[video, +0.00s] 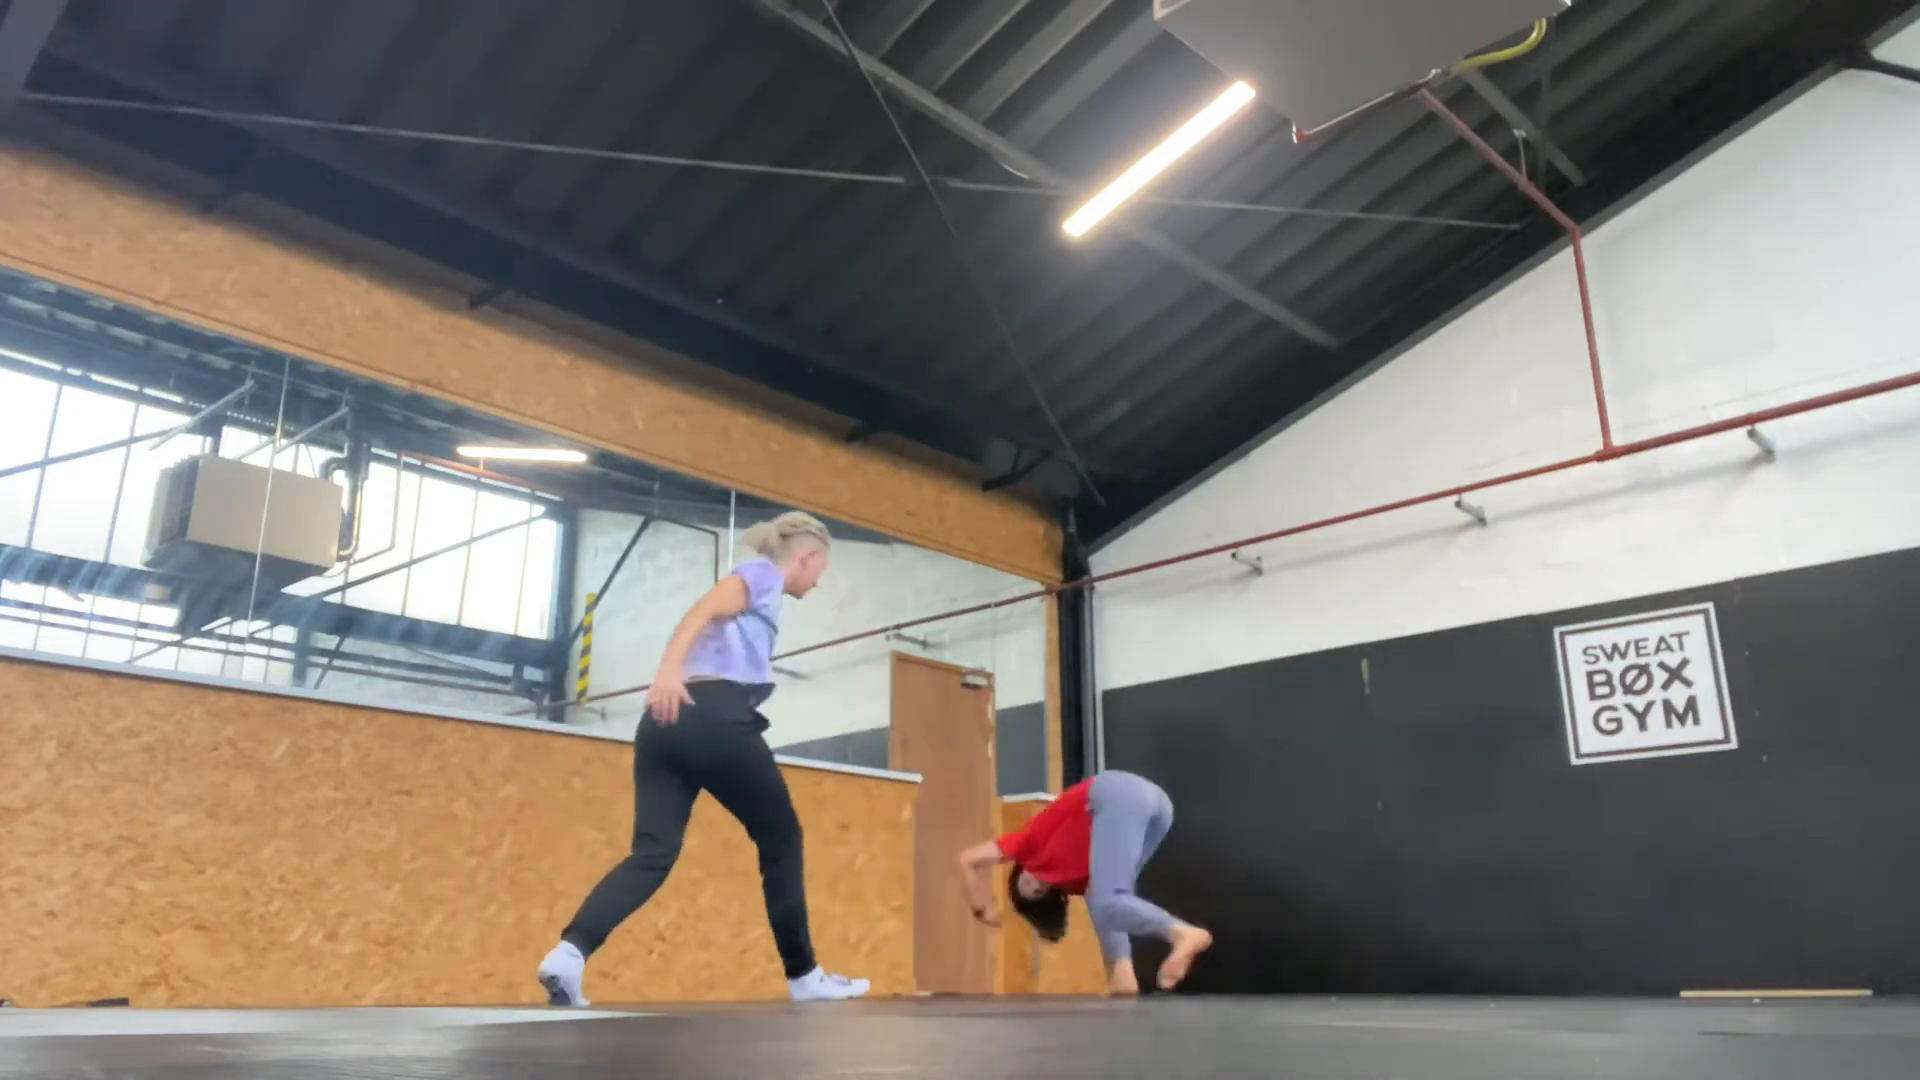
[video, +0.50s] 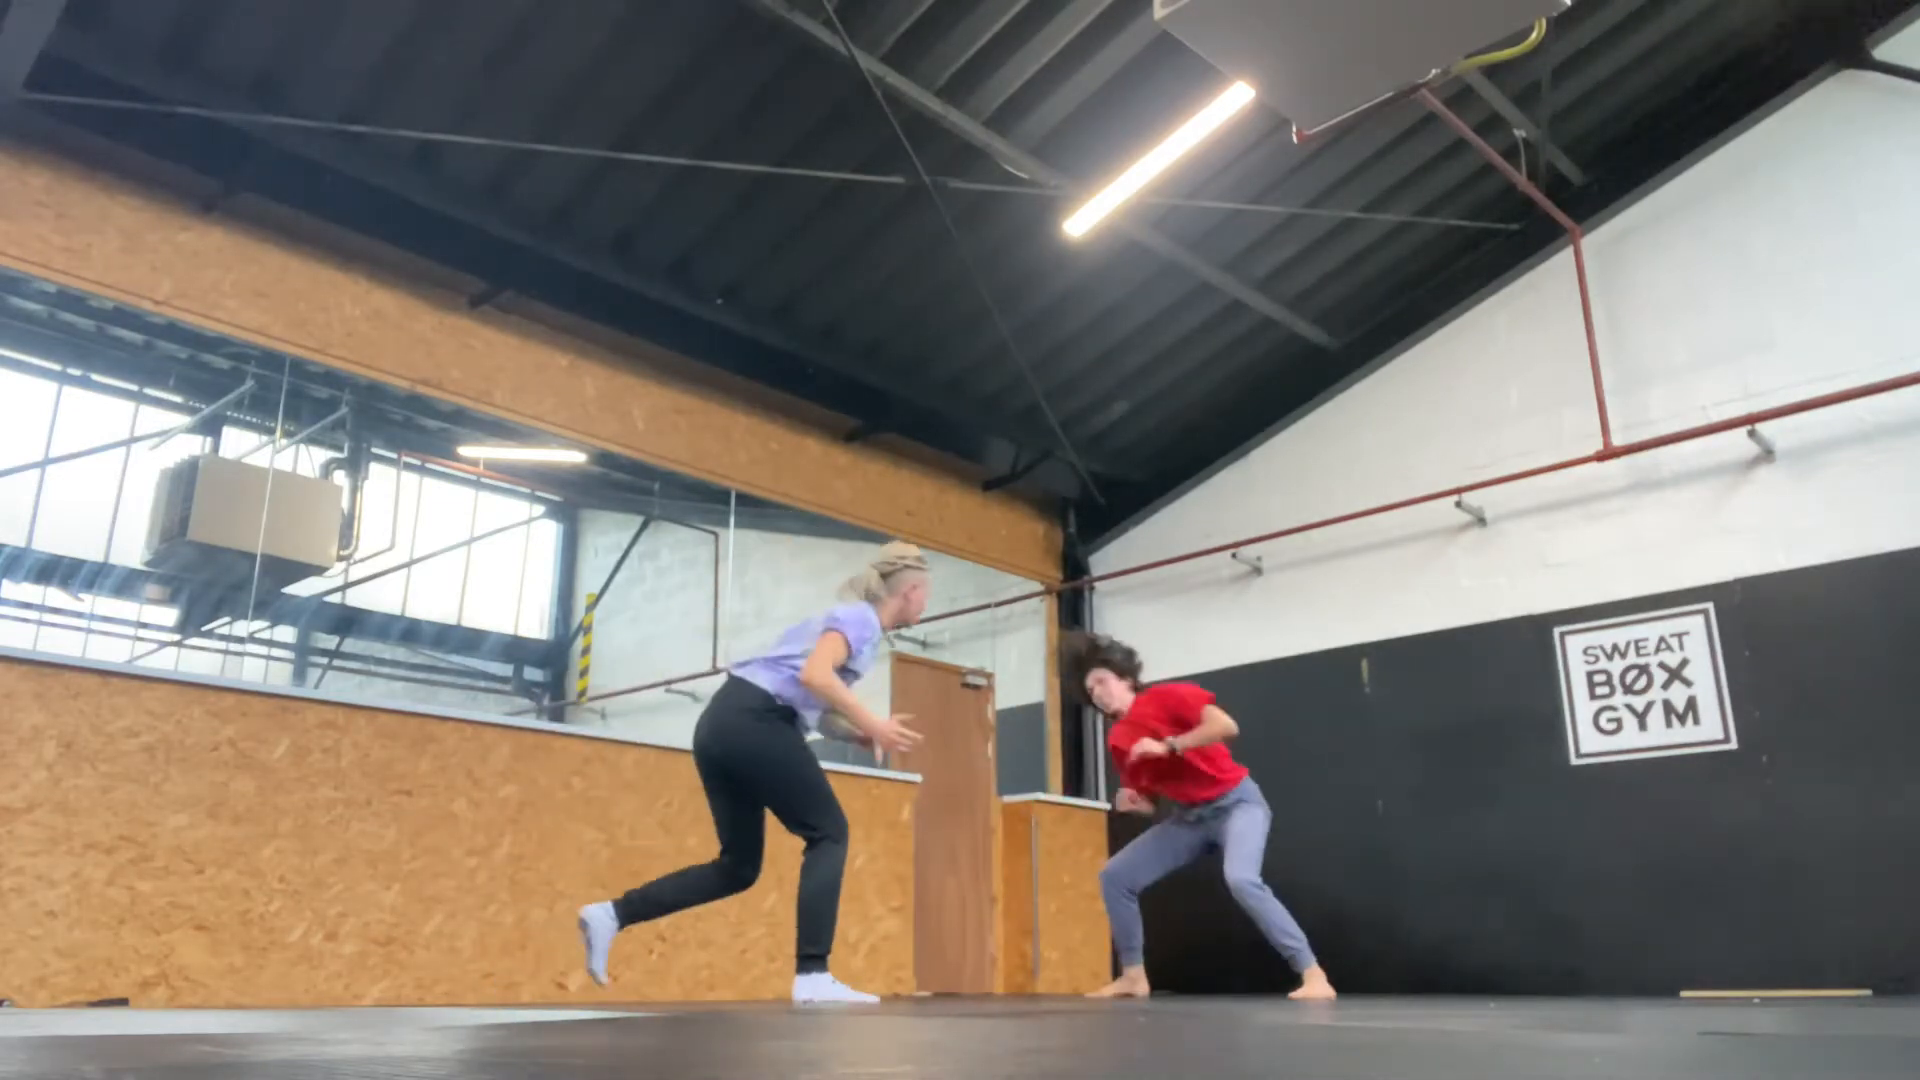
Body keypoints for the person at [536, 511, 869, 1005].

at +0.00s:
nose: (818, 580)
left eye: (822, 571)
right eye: (819, 568)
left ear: (787, 553)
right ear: (801, 556)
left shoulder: (755, 593)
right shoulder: (765, 574)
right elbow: (705, 608)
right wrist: (669, 670)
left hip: (664, 717)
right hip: (715, 716)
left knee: (653, 853)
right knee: (780, 837)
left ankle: (569, 955)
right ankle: (805, 977)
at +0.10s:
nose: (818, 569)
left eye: (821, 559)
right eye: (819, 556)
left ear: (789, 547)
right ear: (799, 547)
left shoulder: (758, 596)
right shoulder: (757, 572)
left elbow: (724, 681)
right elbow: (697, 620)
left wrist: (782, 689)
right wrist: (671, 685)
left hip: (663, 716)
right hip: (714, 713)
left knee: (654, 855)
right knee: (800, 828)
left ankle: (571, 958)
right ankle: (795, 973)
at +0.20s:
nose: (841, 554)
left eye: (844, 542)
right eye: (840, 540)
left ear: (807, 535)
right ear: (820, 536)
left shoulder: (779, 586)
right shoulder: (778, 569)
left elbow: (760, 667)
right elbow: (715, 616)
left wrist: (806, 640)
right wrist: (714, 678)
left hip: (676, 704)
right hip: (726, 702)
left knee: (654, 845)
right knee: (810, 821)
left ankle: (570, 949)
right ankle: (807, 965)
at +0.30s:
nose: (876, 555)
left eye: (878, 544)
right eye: (875, 543)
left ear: (838, 540)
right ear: (853, 540)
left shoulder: (811, 588)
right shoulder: (806, 573)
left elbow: (791, 669)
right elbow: (746, 625)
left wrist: (827, 631)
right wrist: (766, 674)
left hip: (698, 703)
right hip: (744, 699)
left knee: (669, 844)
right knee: (817, 825)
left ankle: (569, 936)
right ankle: (814, 971)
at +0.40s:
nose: (906, 573)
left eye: (907, 562)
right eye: (904, 561)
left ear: (872, 559)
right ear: (884, 561)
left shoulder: (849, 613)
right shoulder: (838, 595)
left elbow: (811, 684)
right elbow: (778, 649)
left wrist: (856, 665)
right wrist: (824, 693)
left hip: (720, 716)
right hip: (753, 713)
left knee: (702, 864)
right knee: (826, 833)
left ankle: (578, 919)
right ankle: (813, 977)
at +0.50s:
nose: (925, 603)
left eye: (926, 592)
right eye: (923, 591)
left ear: (889, 587)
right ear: (904, 589)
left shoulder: (844, 623)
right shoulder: (861, 618)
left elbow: (812, 711)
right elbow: (816, 673)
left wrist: (859, 734)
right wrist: (875, 723)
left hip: (720, 725)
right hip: (756, 724)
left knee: (738, 867)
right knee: (829, 833)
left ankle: (611, 917)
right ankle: (813, 977)